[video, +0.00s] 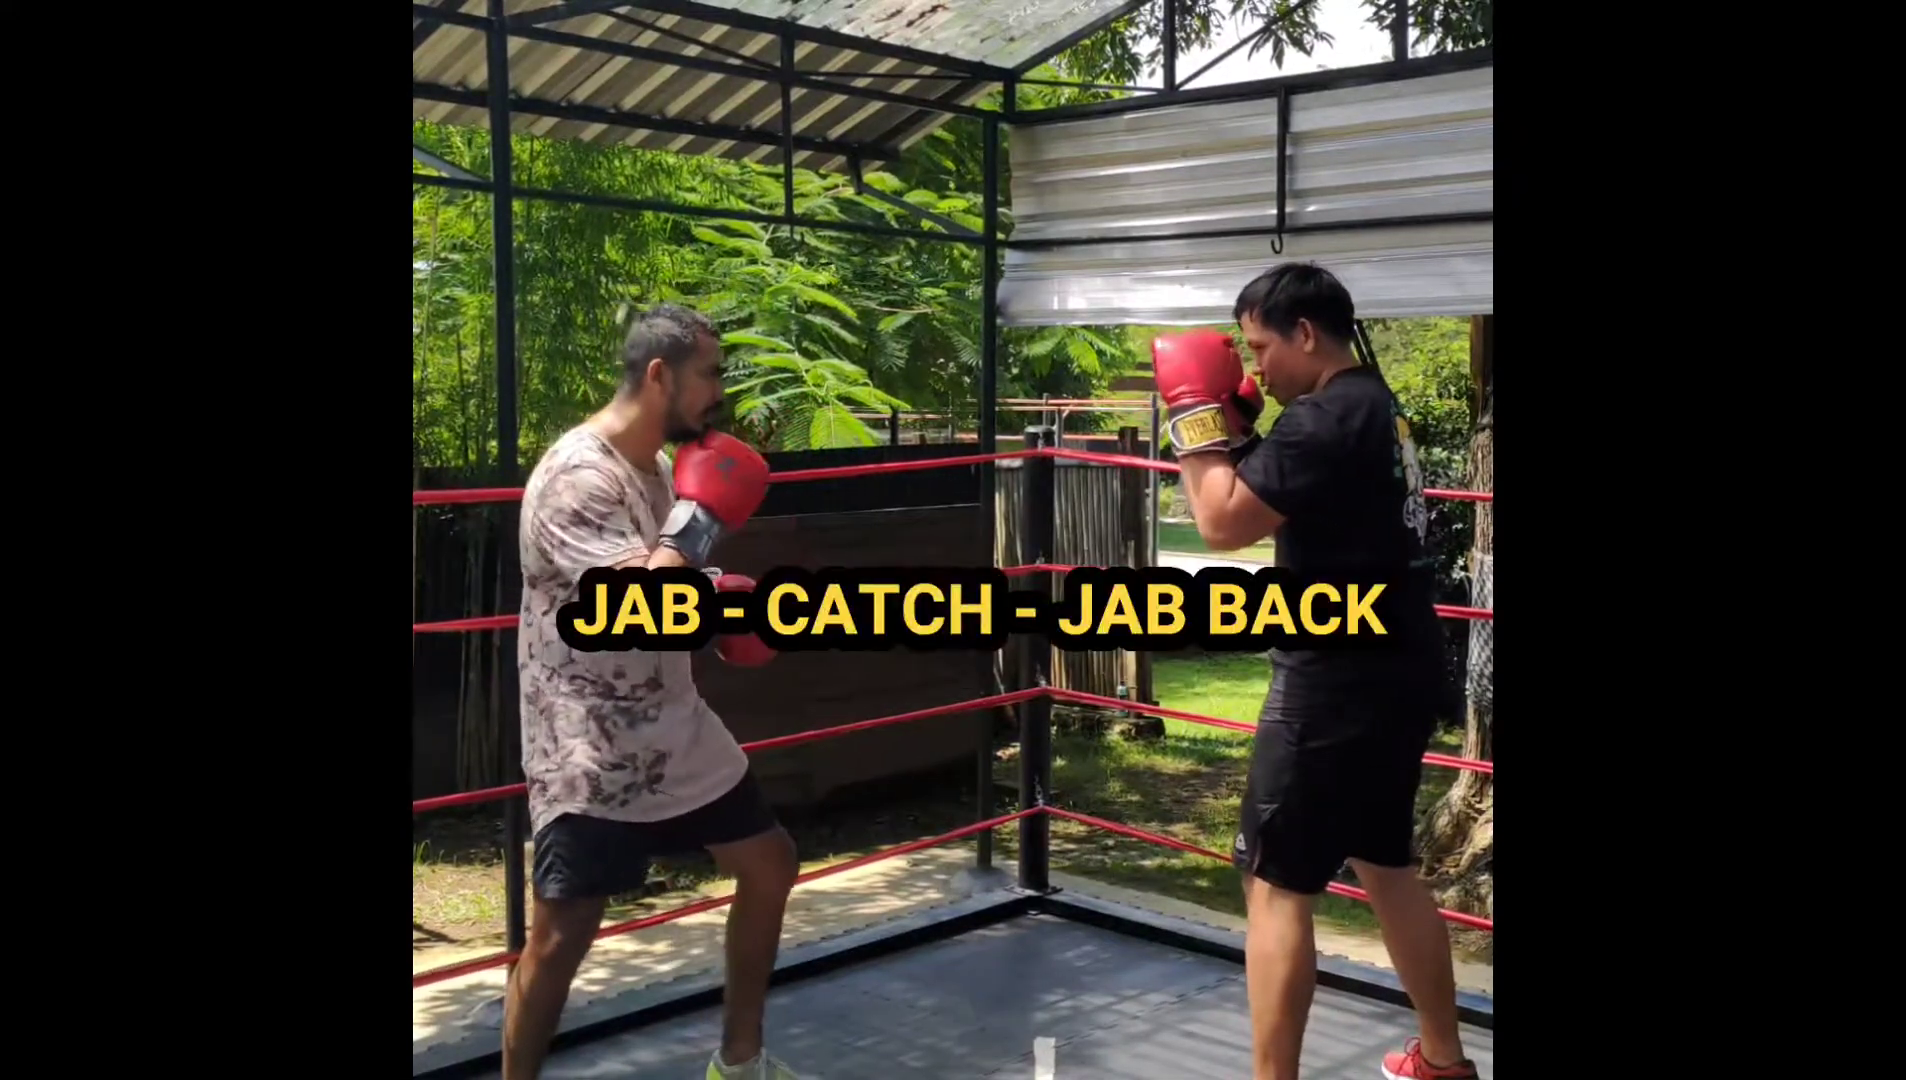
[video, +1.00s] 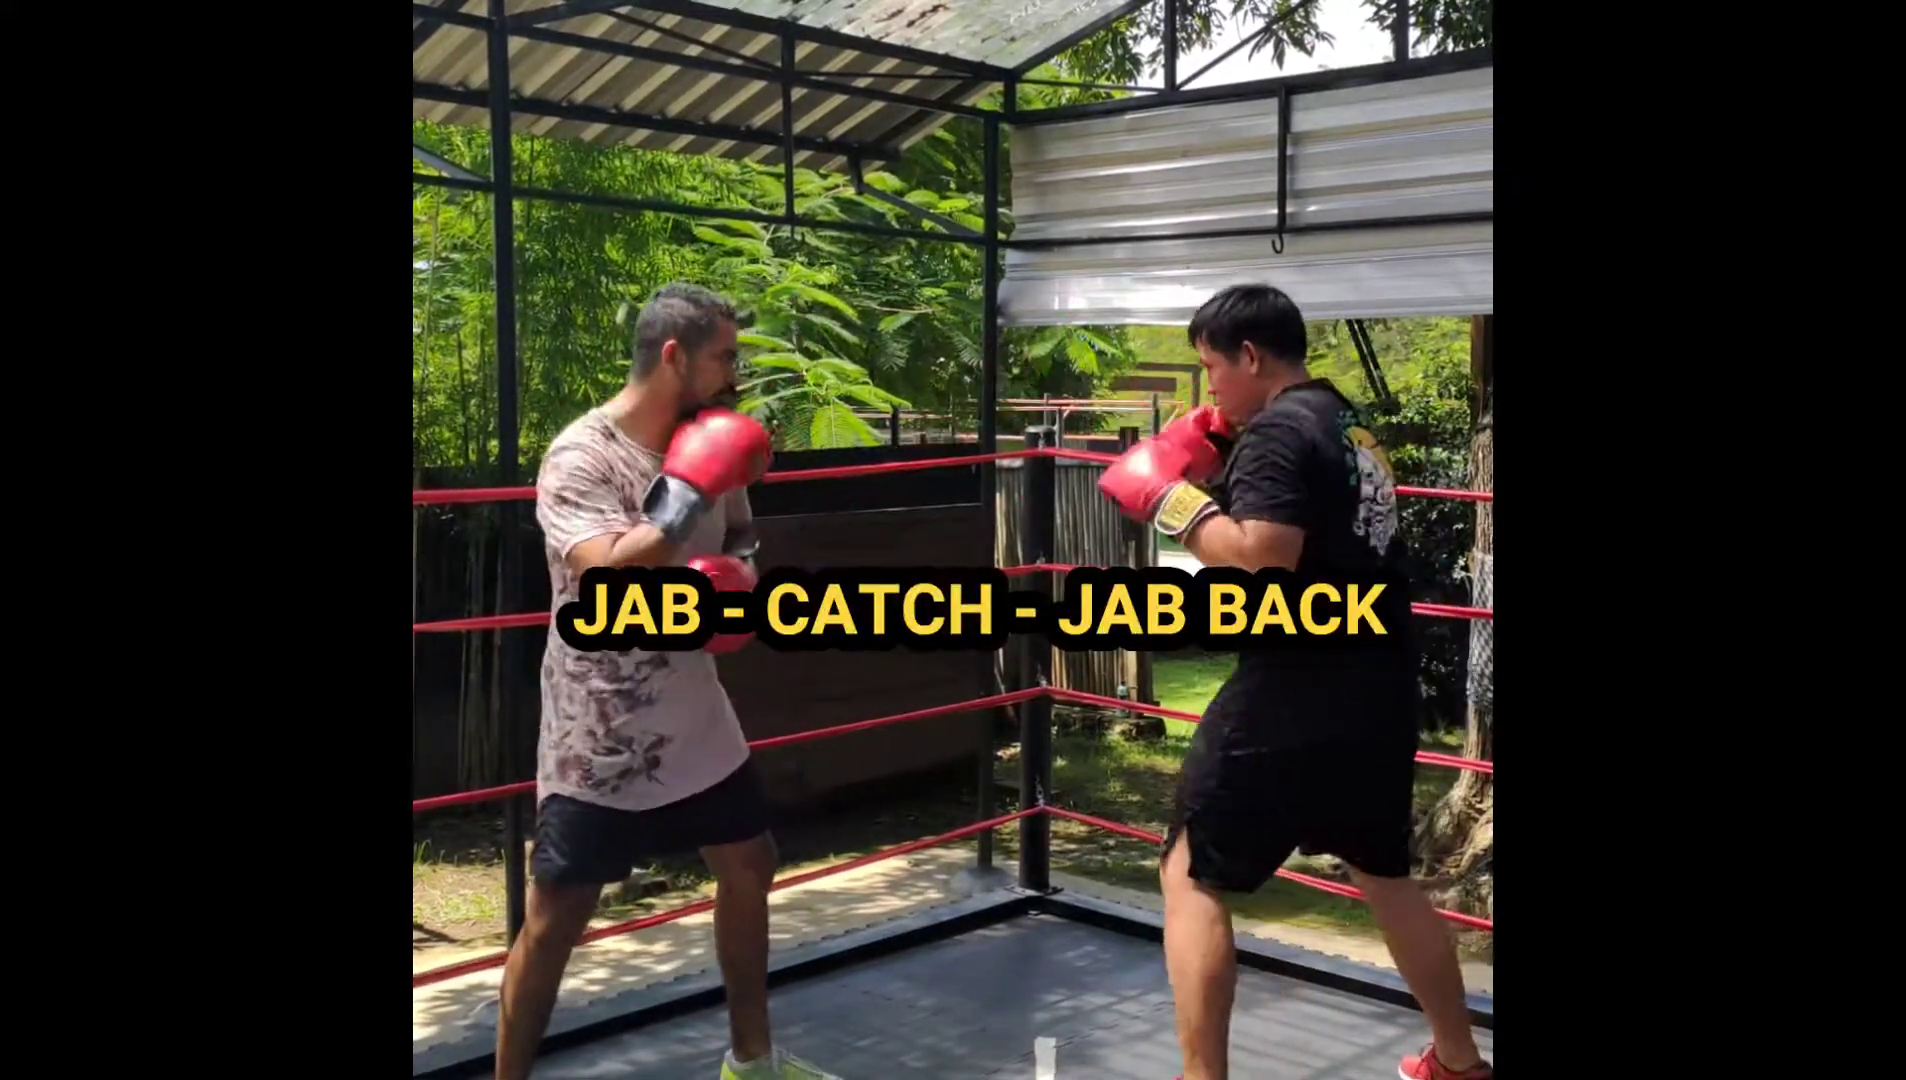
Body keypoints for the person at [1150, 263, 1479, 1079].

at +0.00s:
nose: (1255, 369)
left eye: (1257, 349)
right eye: (1248, 354)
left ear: (1306, 335)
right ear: (1320, 335)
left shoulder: (1329, 418)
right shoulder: (1367, 403)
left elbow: (1224, 522)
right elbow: (1272, 501)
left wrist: (1195, 422)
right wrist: (1237, 428)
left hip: (1328, 676)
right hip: (1394, 672)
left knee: (1276, 881)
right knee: (1388, 863)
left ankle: (1273, 1072)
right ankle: (1445, 1056)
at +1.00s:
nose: (1207, 391)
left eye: (1210, 371)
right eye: (1204, 373)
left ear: (1251, 359)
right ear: (1278, 357)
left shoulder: (1281, 430)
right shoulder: (1341, 423)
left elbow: (1261, 559)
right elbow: (1310, 544)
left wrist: (1172, 500)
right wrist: (1225, 469)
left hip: (1289, 692)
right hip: (1378, 695)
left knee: (1191, 872)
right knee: (1390, 874)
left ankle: (1202, 1071)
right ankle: (1459, 1055)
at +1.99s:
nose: (1239, 379)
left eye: (1242, 360)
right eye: (1232, 365)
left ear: (1293, 343)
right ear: (1302, 345)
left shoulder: (1328, 419)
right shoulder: (1356, 404)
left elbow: (1265, 547)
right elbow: (1272, 532)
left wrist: (1205, 451)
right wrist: (1220, 451)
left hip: (1336, 683)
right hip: (1390, 680)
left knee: (1281, 884)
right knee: (1392, 873)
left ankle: (1249, 1072)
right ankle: (1433, 1059)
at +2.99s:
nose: (1196, 399)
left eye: (1198, 378)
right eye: (1192, 381)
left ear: (1237, 366)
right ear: (1265, 361)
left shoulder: (1276, 435)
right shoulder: (1331, 416)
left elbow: (1259, 577)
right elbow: (1285, 528)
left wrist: (1173, 509)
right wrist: (1202, 464)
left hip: (1280, 697)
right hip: (1365, 695)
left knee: (1187, 877)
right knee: (1368, 872)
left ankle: (1200, 1071)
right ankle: (1430, 1059)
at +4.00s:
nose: (1239, 384)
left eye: (1241, 366)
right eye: (1232, 371)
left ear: (1290, 348)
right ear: (1305, 348)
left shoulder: (1328, 426)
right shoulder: (1364, 405)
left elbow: (1274, 566)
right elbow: (1300, 523)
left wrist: (1209, 464)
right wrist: (1240, 450)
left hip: (1335, 689)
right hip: (1404, 684)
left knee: (1267, 888)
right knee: (1388, 874)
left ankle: (1246, 1072)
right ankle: (1436, 1063)